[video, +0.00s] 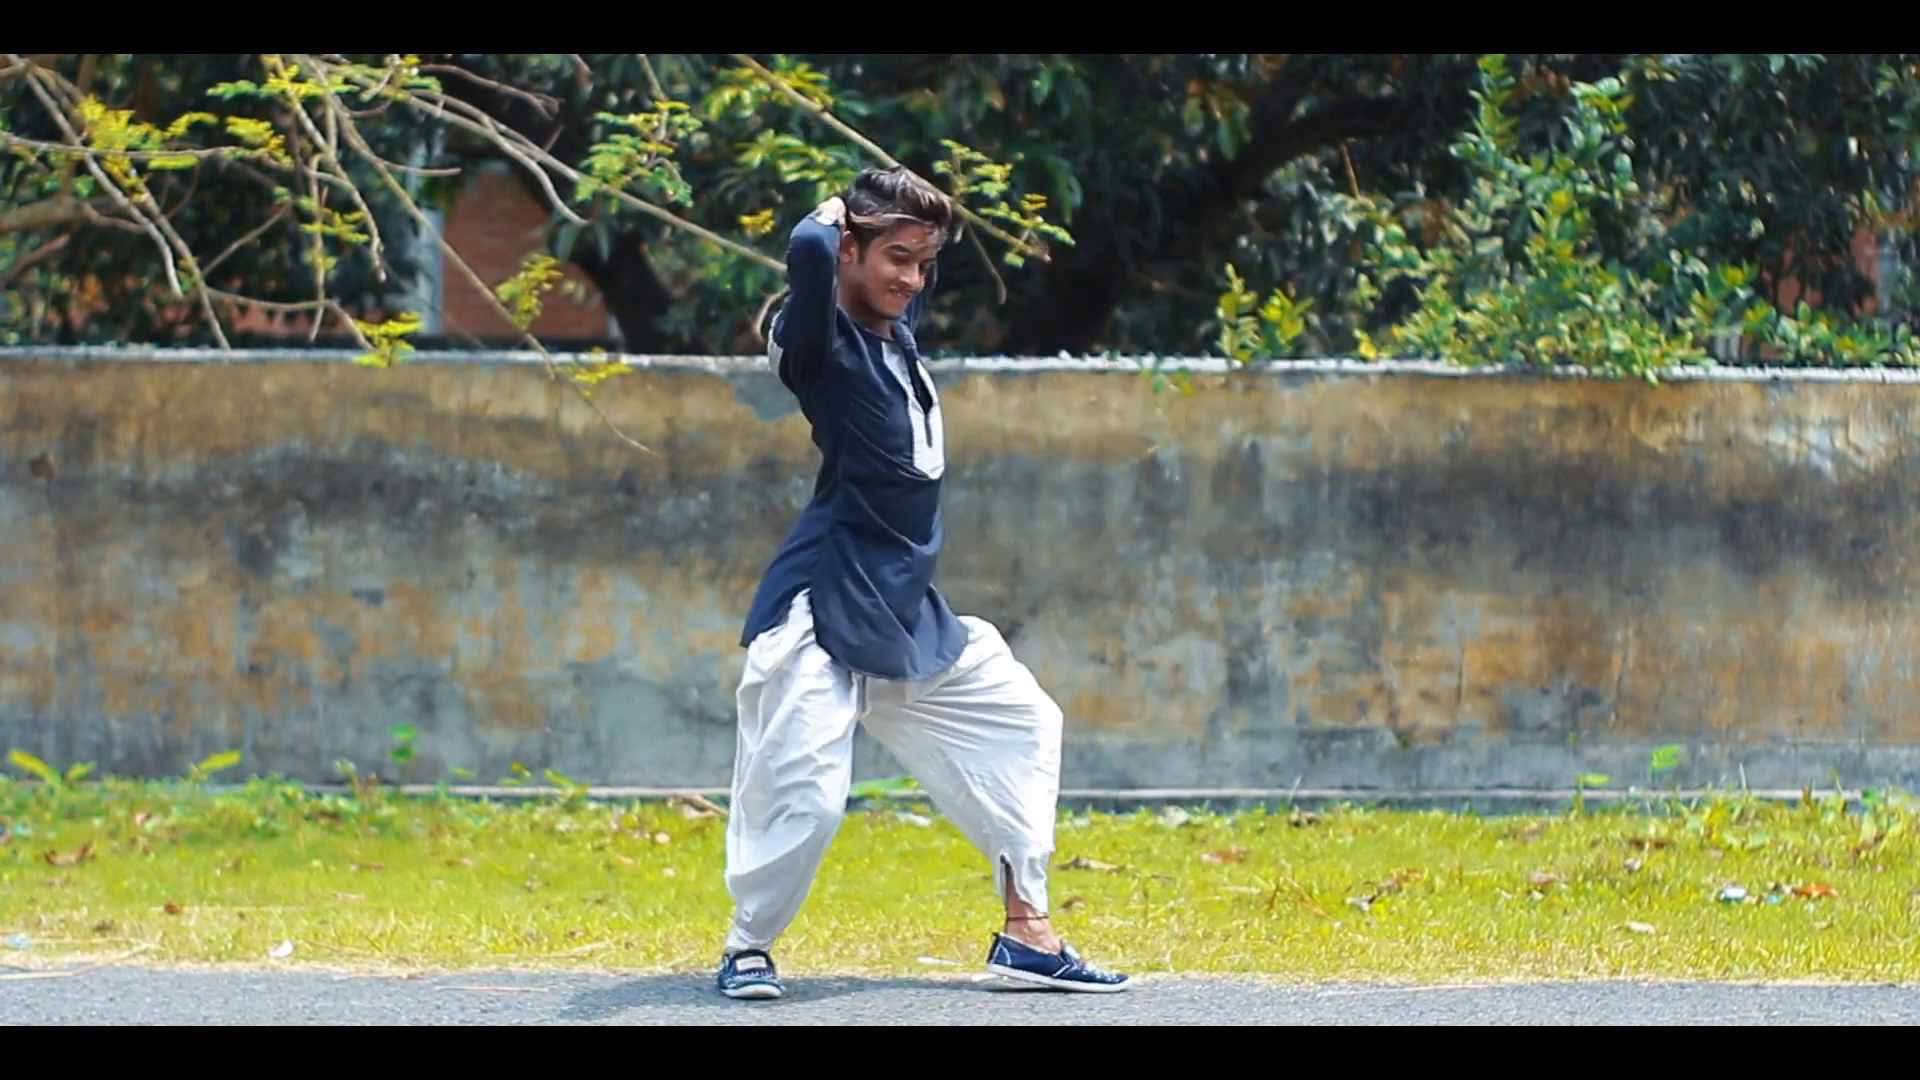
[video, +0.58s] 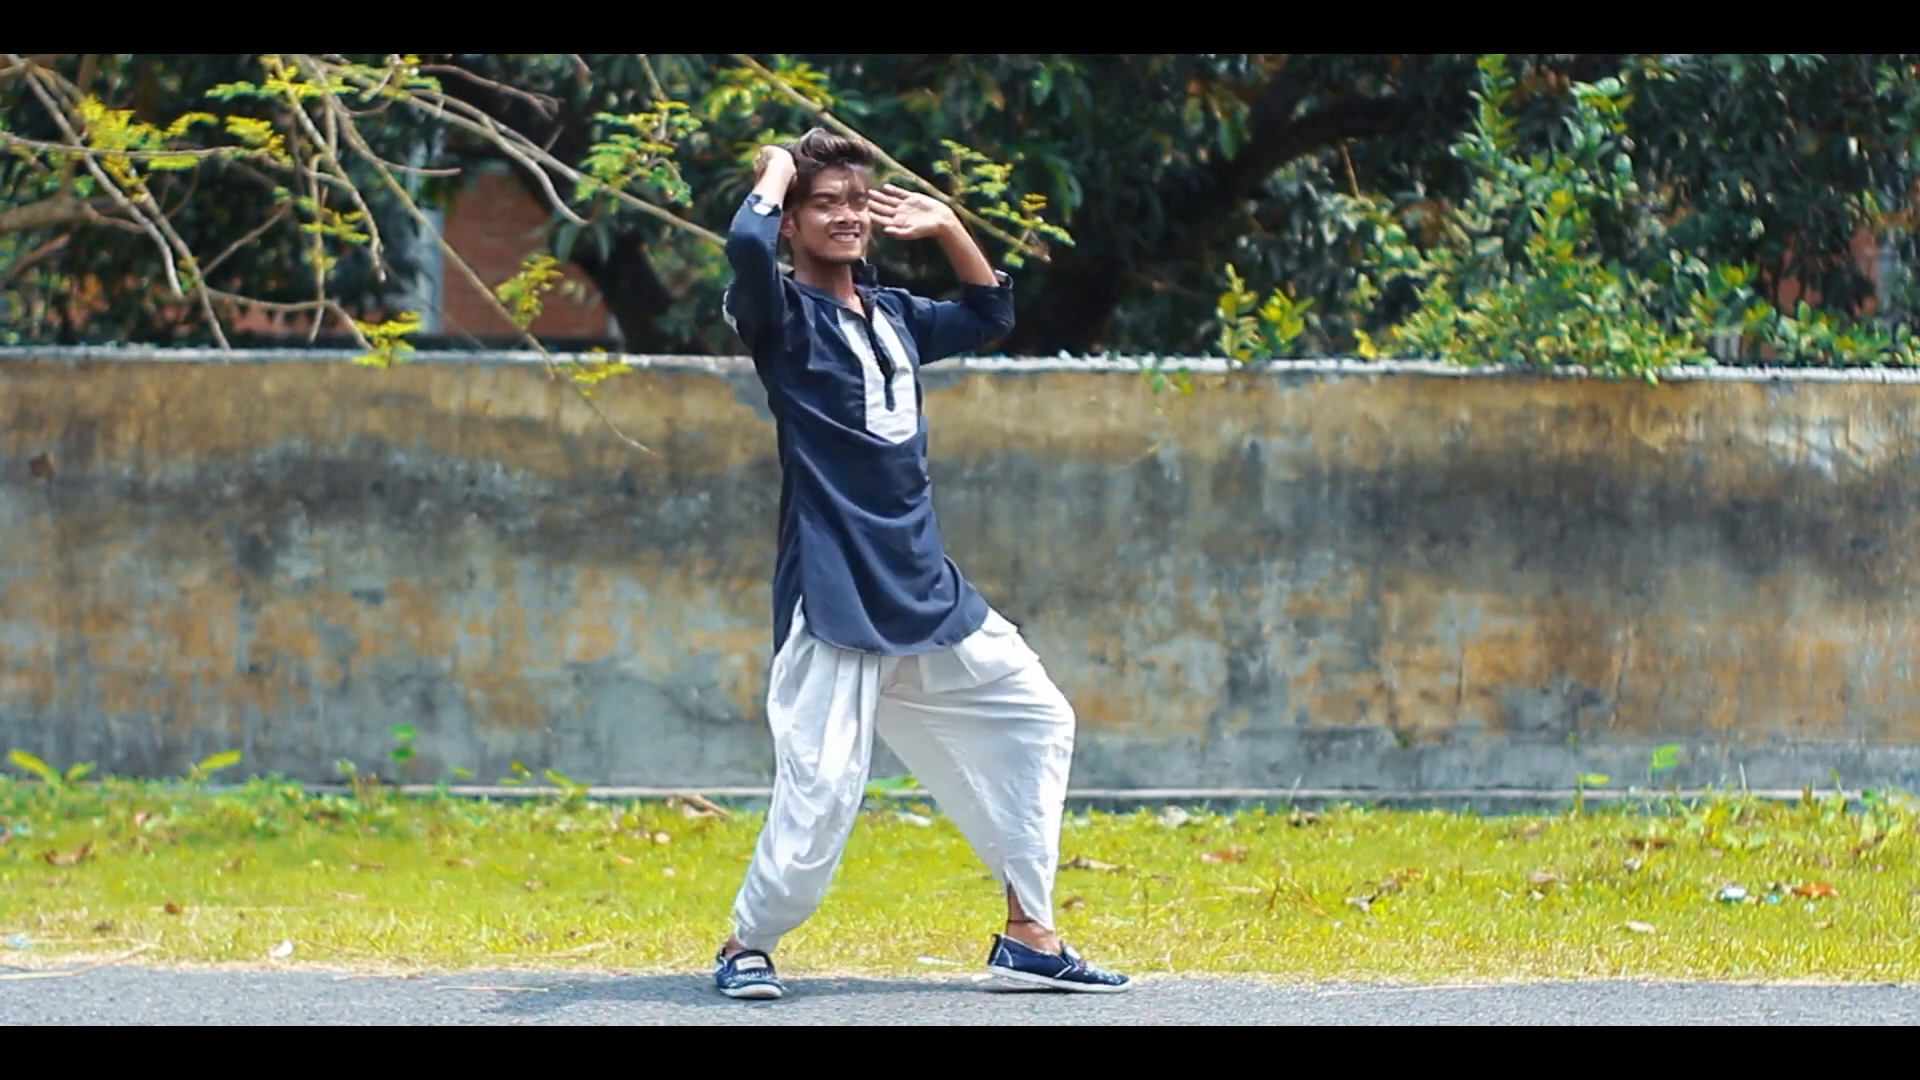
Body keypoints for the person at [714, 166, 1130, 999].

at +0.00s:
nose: (913, 280)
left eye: (925, 265)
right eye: (899, 260)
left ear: (930, 264)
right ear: (851, 254)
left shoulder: (892, 332)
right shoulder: (823, 344)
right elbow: (811, 262)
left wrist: (846, 208)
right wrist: (826, 222)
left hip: (907, 604)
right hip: (824, 597)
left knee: (1027, 723)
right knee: (805, 787)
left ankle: (1026, 930)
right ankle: (748, 949)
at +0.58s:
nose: (842, 217)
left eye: (855, 202)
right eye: (823, 204)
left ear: (872, 215)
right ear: (789, 219)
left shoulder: (896, 310)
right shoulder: (780, 316)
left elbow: (991, 317)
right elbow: (748, 247)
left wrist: (950, 227)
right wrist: (775, 177)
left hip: (923, 576)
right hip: (833, 580)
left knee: (1041, 722)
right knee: (820, 782)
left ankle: (1030, 933)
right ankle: (746, 949)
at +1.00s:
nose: (888, 202)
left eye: (902, 192)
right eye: (870, 195)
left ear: (928, 221)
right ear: (842, 228)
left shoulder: (963, 330)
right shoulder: (801, 336)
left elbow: (985, 465)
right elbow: (790, 471)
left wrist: (1008, 590)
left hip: (937, 582)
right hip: (833, 587)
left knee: (1024, 738)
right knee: (811, 779)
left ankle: (990, 936)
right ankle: (788, 943)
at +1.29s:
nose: (949, 183)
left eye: (961, 166)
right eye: (927, 172)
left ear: (984, 180)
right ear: (898, 197)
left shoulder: (998, 274)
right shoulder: (919, 285)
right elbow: (1020, 330)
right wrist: (1168, 299)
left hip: (972, 557)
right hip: (879, 557)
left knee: (1061, 725)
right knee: (815, 754)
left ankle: (1094, 935)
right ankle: (774, 929)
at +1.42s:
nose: (974, 233)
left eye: (987, 217)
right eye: (953, 221)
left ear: (1007, 229)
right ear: (923, 242)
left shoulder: (1019, 318)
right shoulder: (932, 345)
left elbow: (991, 441)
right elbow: (1041, 437)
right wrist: (1165, 392)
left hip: (1003, 598)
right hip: (910, 599)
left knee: (1118, 745)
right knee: (821, 786)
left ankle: (1094, 948)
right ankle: (764, 944)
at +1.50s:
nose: (985, 239)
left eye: (998, 223)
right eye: (964, 227)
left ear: (1018, 236)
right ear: (932, 250)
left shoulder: (1026, 332)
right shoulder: (936, 346)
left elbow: (982, 450)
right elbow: (1051, 433)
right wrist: (1179, 387)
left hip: (994, 587)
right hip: (908, 589)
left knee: (1111, 744)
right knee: (856, 794)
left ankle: (1092, 948)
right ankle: (769, 946)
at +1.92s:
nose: (1018, 290)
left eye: (1036, 274)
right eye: (1000, 273)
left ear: (1060, 286)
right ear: (972, 280)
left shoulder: (1047, 377)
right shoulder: (947, 351)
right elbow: (1069, 408)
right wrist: (1215, 437)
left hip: (1038, 620)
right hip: (932, 629)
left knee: (1142, 770)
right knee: (833, 806)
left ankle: (1114, 951)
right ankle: (782, 948)